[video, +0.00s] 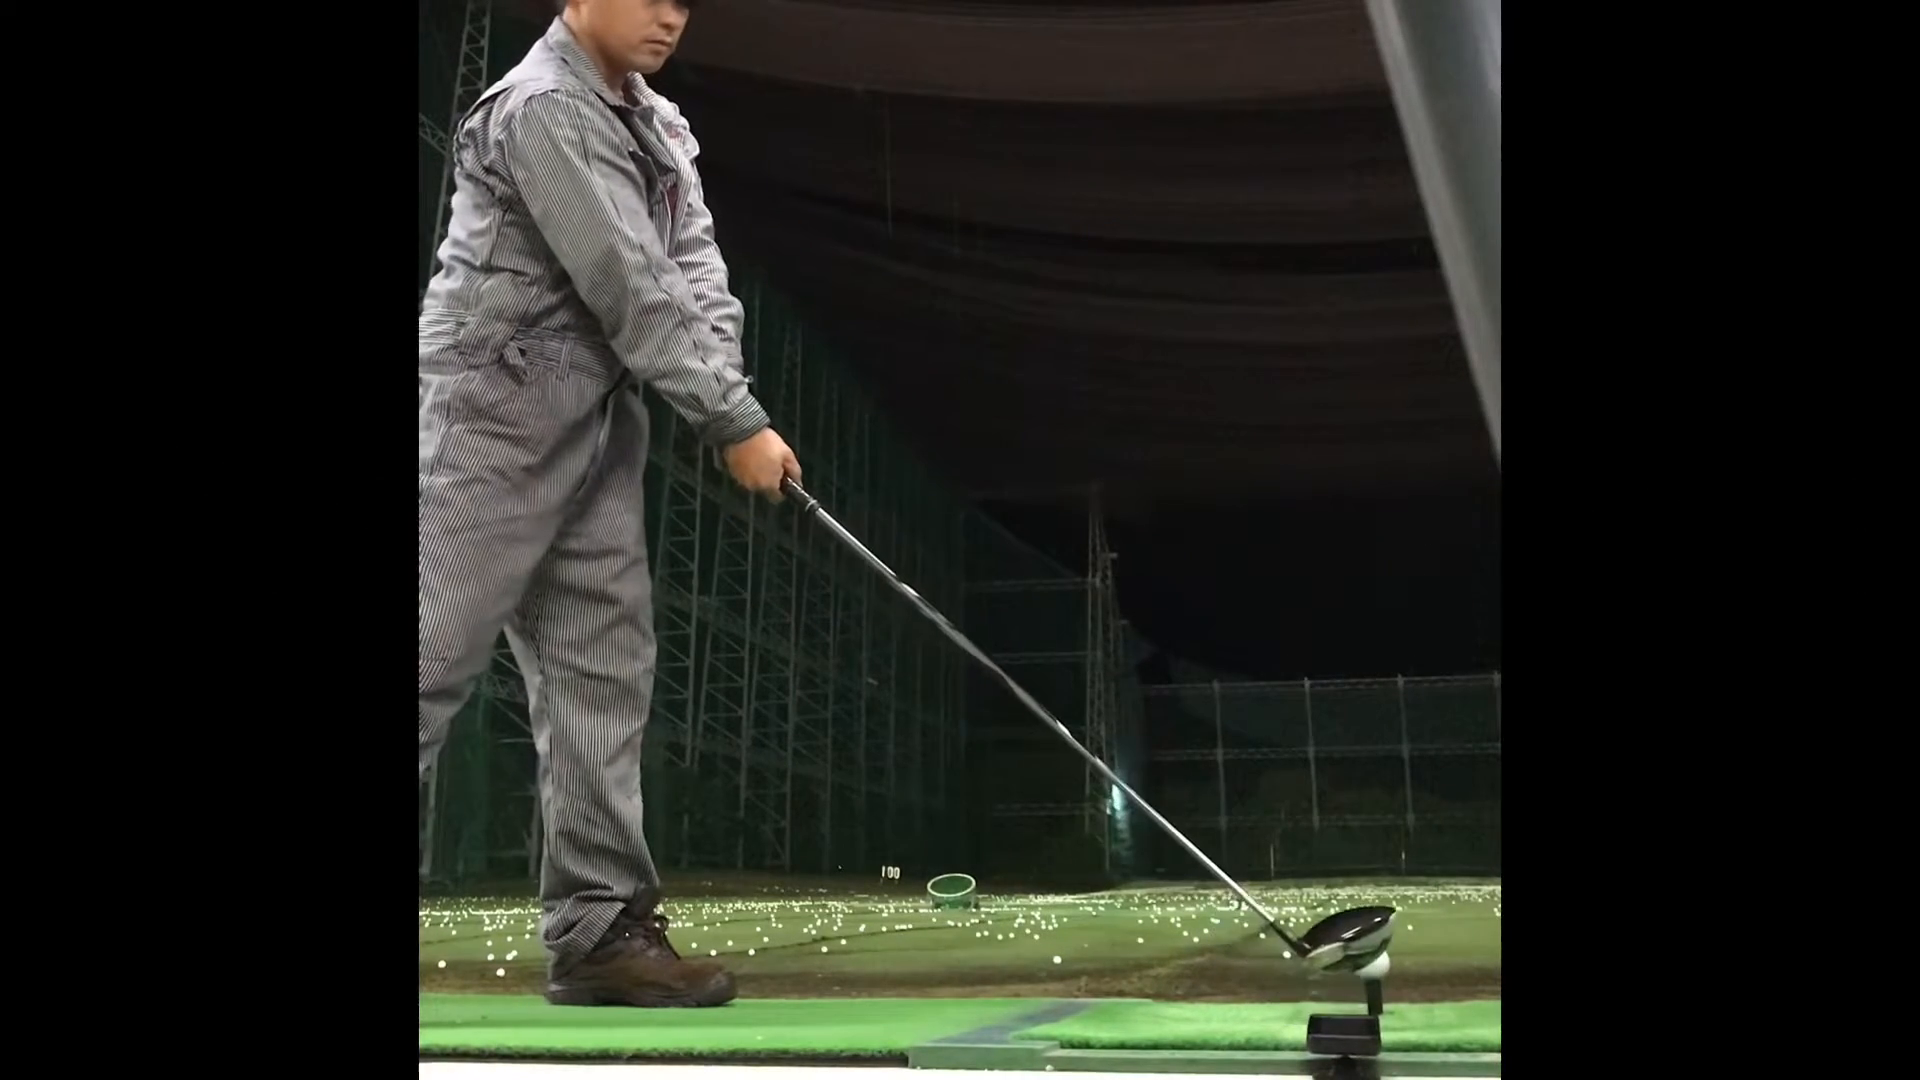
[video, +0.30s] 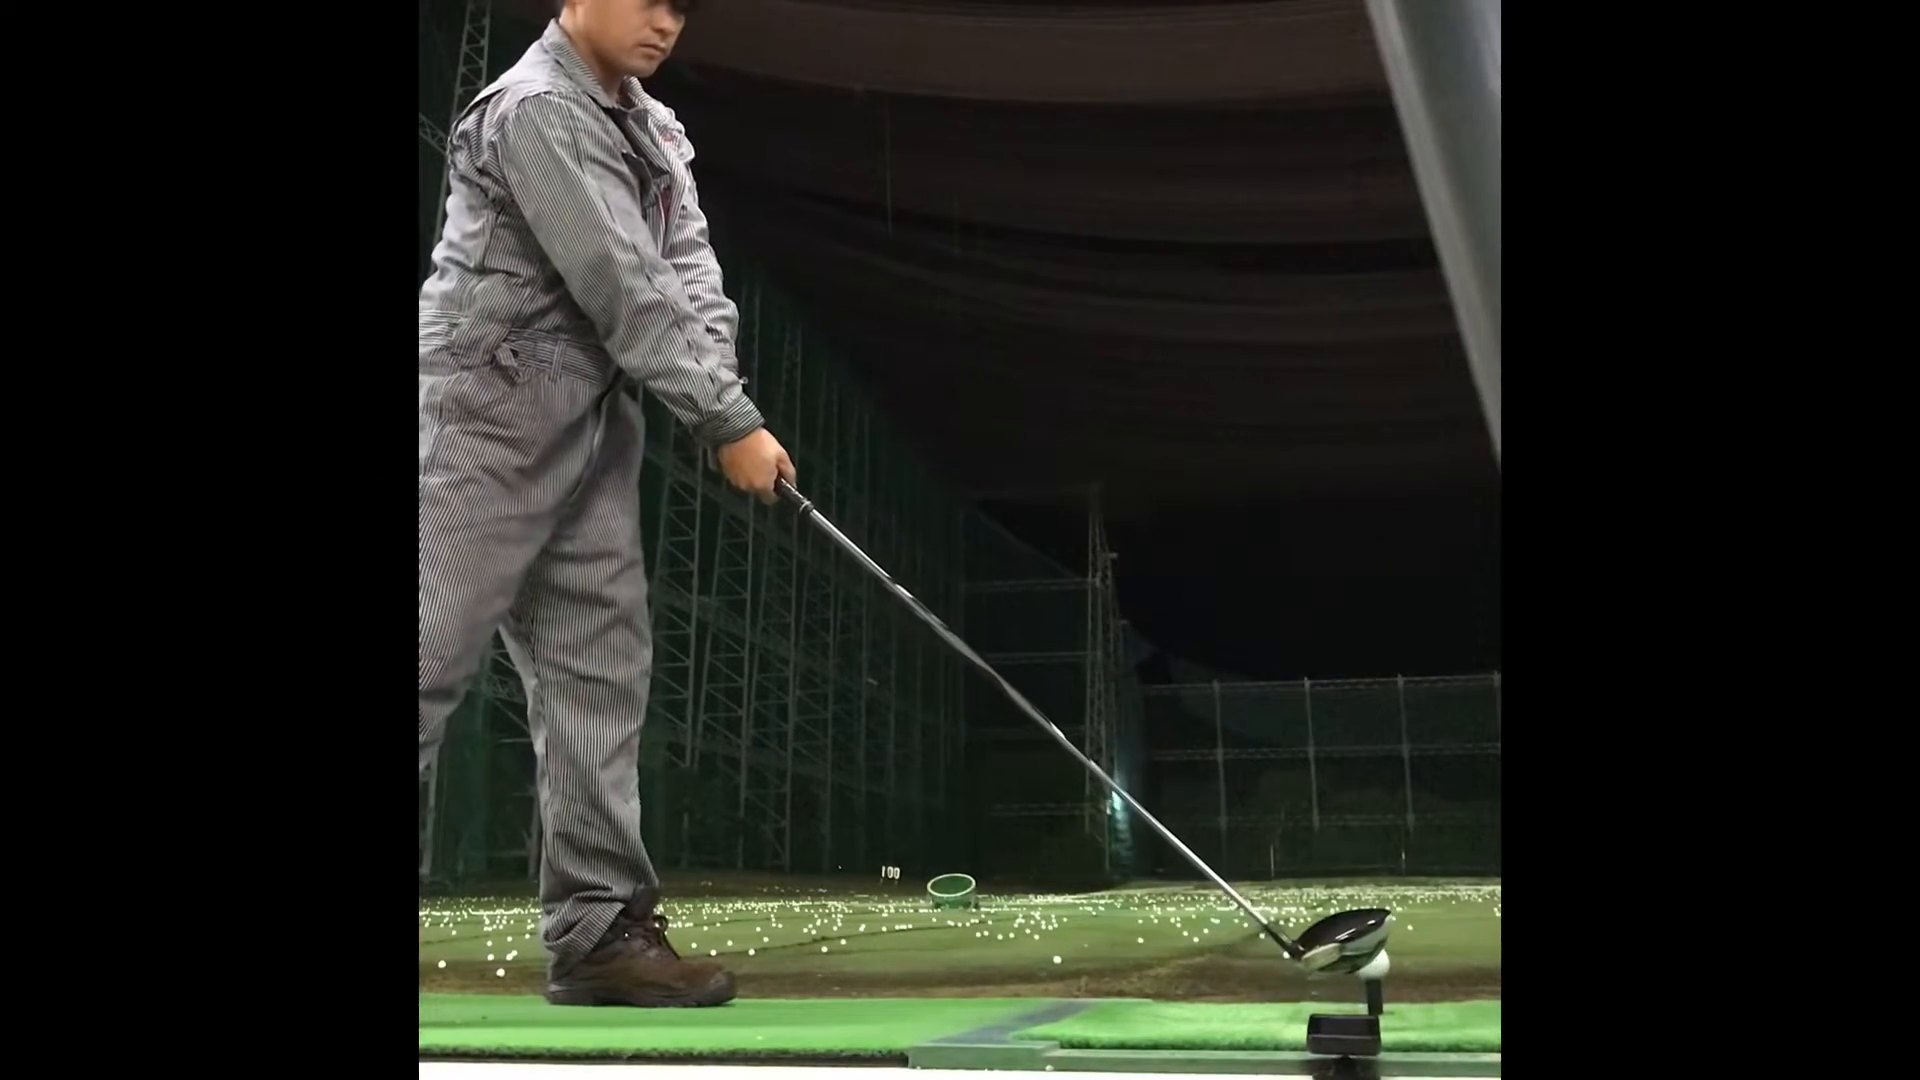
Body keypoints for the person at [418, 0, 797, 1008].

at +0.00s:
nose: (671, 19)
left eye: (679, 4)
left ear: (677, 18)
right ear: (581, 2)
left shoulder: (658, 120)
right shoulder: (543, 107)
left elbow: (698, 267)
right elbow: (627, 284)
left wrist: (724, 401)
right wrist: (732, 422)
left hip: (591, 434)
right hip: (484, 426)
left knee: (601, 667)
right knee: (434, 672)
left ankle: (599, 934)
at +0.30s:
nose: (665, 23)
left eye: (676, 9)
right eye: (646, 2)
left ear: (675, 22)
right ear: (579, 3)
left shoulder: (653, 123)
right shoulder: (536, 106)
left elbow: (691, 269)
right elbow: (620, 283)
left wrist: (722, 405)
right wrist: (726, 423)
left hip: (588, 433)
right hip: (480, 422)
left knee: (597, 668)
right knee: (430, 671)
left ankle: (597, 935)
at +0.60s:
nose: (670, 27)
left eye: (680, 13)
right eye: (651, 5)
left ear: (681, 27)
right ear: (583, 5)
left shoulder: (660, 133)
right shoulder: (538, 111)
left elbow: (692, 274)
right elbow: (621, 288)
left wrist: (718, 407)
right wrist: (727, 426)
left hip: (585, 445)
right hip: (474, 431)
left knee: (596, 670)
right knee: (430, 670)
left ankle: (596, 935)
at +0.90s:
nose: (667, 29)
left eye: (679, 14)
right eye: (649, 5)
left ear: (682, 29)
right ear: (582, 3)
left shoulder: (667, 131)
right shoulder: (523, 109)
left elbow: (700, 276)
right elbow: (605, 285)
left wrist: (702, 391)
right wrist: (716, 423)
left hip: (593, 448)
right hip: (472, 431)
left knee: (608, 677)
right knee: (429, 677)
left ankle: (598, 937)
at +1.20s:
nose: (653, 33)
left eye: (672, 26)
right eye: (639, 7)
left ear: (676, 48)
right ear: (577, 2)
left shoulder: (685, 130)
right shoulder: (454, 95)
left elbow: (620, 194)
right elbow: (440, 178)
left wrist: (492, 228)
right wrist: (446, 225)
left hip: (591, 430)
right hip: (441, 413)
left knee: (634, 683)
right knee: (416, 640)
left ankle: (601, 936)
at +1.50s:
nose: (621, 4)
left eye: (621, 2)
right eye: (626, 4)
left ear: (632, 13)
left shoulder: (606, 64)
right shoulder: (442, 72)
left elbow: (457, 3)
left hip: (506, 374)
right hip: (438, 382)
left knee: (603, 673)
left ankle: (652, 889)